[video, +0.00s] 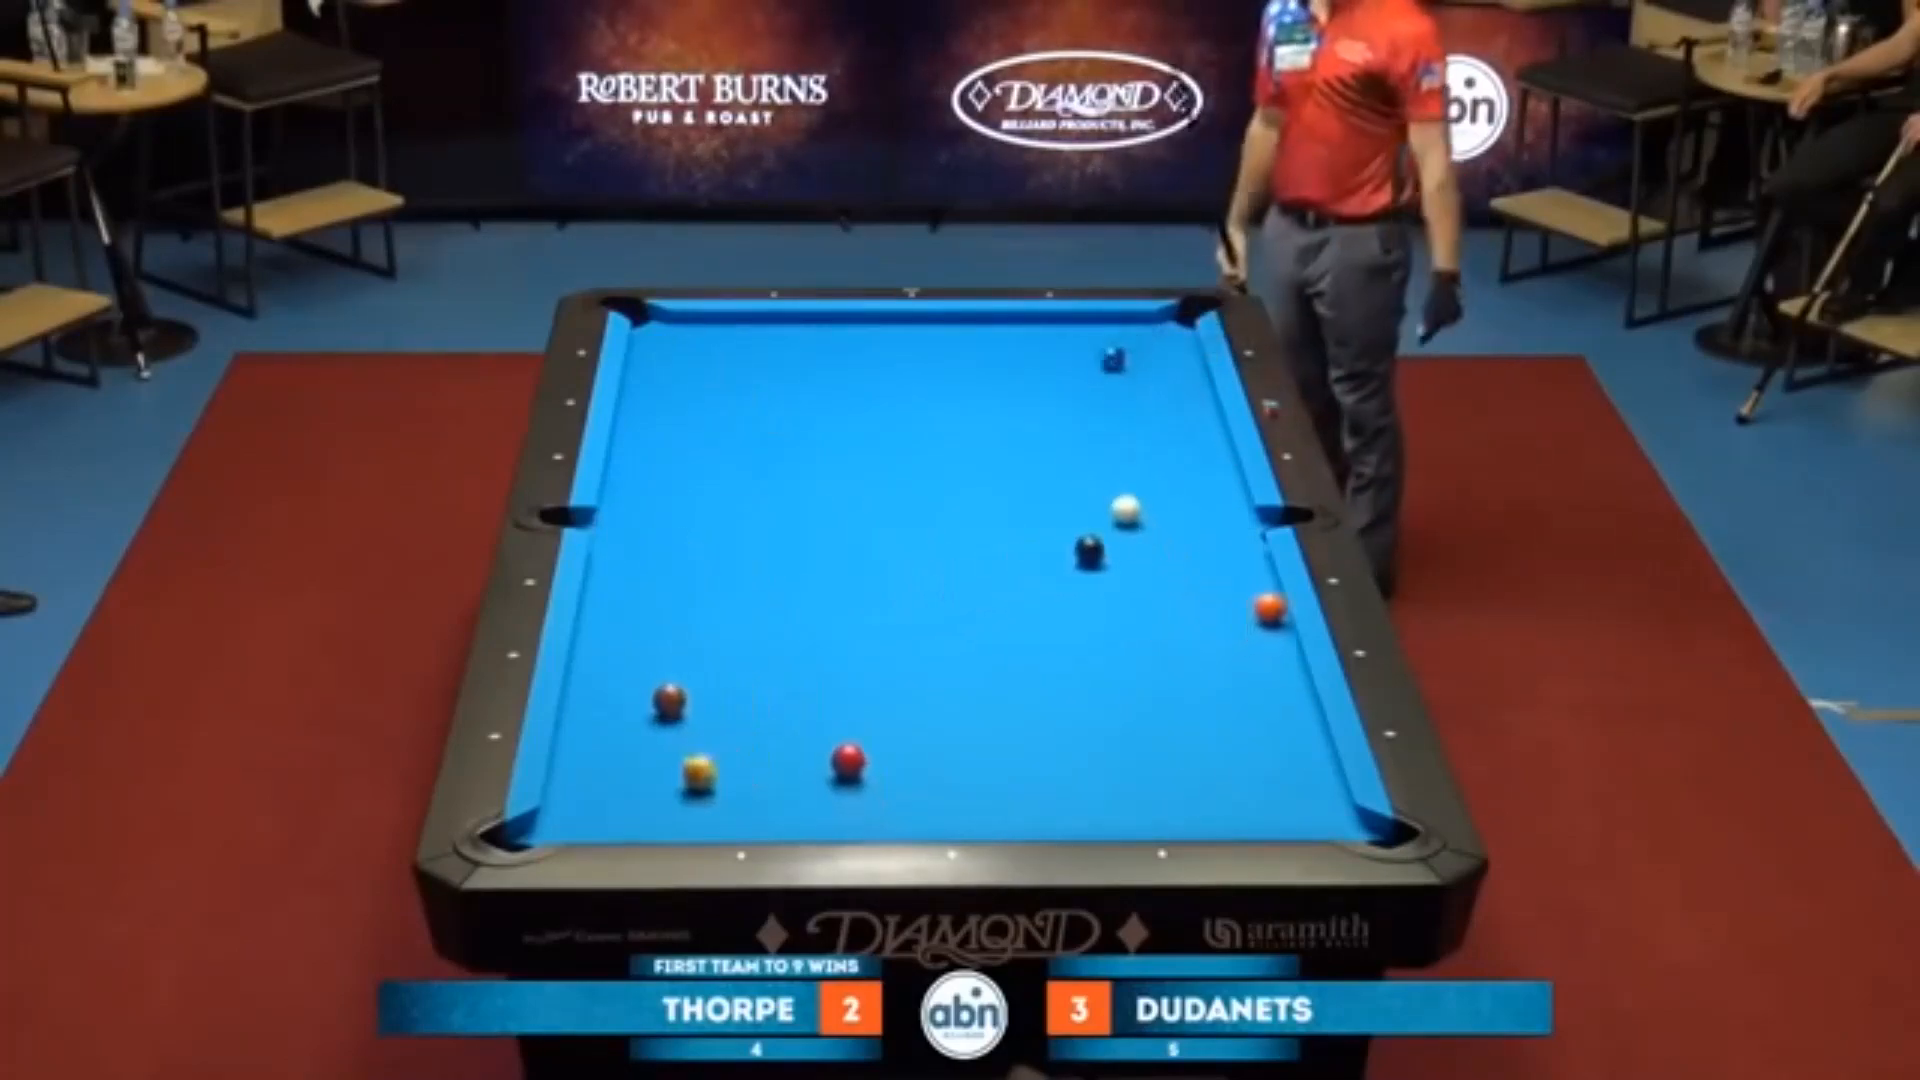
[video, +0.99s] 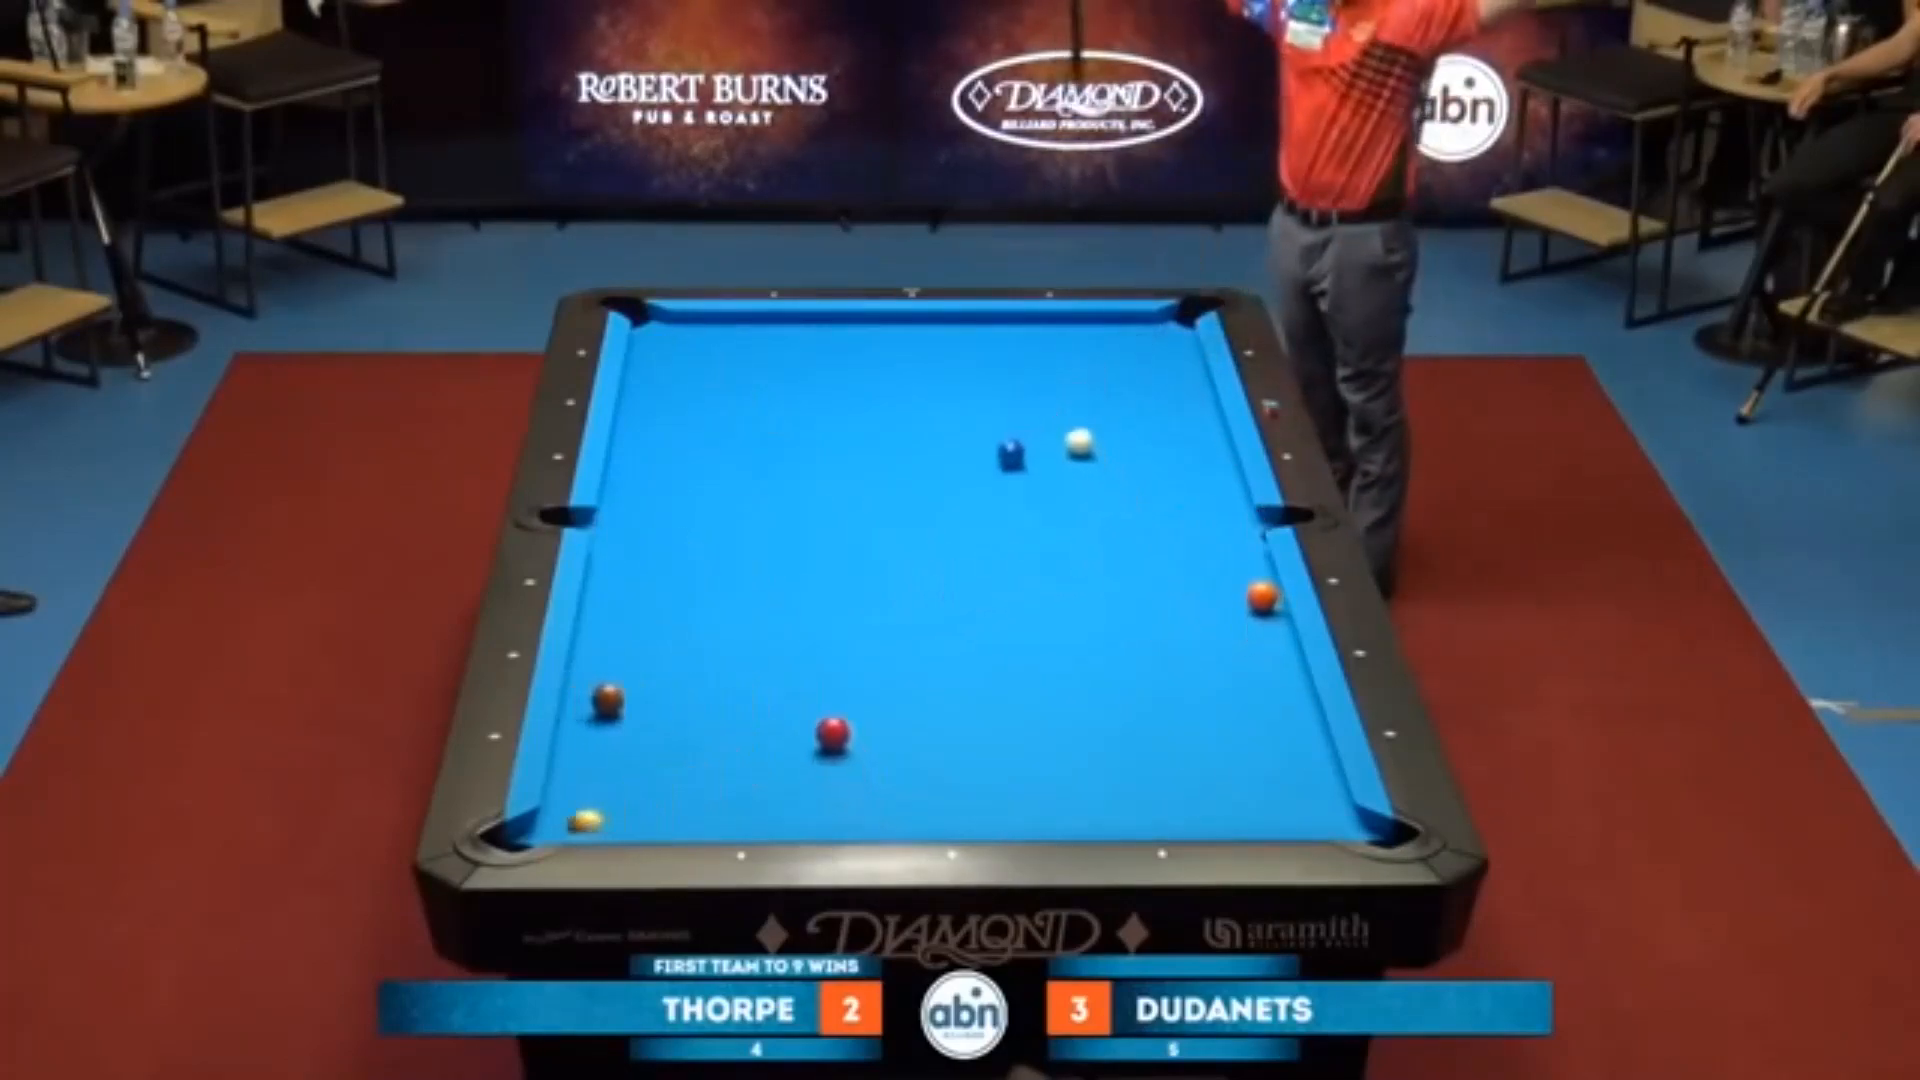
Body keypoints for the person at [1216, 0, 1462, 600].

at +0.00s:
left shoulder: (1404, 28)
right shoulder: (1281, 16)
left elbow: (1433, 159)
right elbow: (1266, 123)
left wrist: (1446, 271)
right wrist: (1237, 218)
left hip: (1362, 238)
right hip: (1285, 231)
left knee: (1362, 405)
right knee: (1300, 399)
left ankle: (1368, 566)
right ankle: (1309, 543)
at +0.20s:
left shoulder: (1407, 23)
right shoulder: (1287, 17)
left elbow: (1438, 128)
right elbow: (1242, 110)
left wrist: (1470, 229)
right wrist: (1184, 194)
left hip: (1362, 234)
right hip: (1288, 228)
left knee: (1361, 401)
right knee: (1303, 396)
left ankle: (1368, 565)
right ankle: (1311, 543)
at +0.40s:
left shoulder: (1413, 12)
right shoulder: (1283, 10)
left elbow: (1468, 72)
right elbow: (1206, 54)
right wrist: (1129, 80)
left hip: (1365, 233)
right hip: (1292, 227)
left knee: (1365, 403)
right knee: (1304, 396)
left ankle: (1370, 564)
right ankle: (1314, 540)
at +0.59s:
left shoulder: (1403, 16)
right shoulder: (1284, 8)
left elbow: (1484, 10)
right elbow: (1192, 9)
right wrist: (1136, 5)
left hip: (1364, 235)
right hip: (1291, 227)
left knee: (1367, 404)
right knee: (1308, 397)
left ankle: (1369, 567)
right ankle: (1315, 540)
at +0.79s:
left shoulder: (1408, 16)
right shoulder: (1286, 8)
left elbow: (1499, 5)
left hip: (1364, 237)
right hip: (1291, 229)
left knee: (1367, 402)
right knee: (1309, 396)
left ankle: (1368, 568)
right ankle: (1318, 535)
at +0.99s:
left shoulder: (1409, 17)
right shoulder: (1288, 8)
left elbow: (1507, 7)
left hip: (1367, 238)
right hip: (1292, 230)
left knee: (1368, 405)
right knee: (1311, 397)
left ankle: (1370, 564)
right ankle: (1317, 539)